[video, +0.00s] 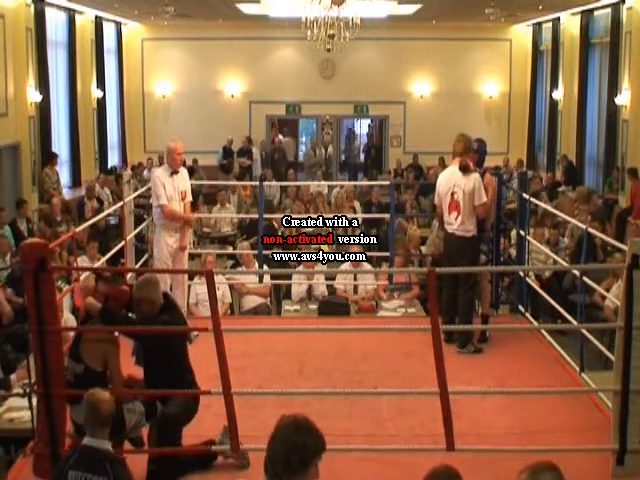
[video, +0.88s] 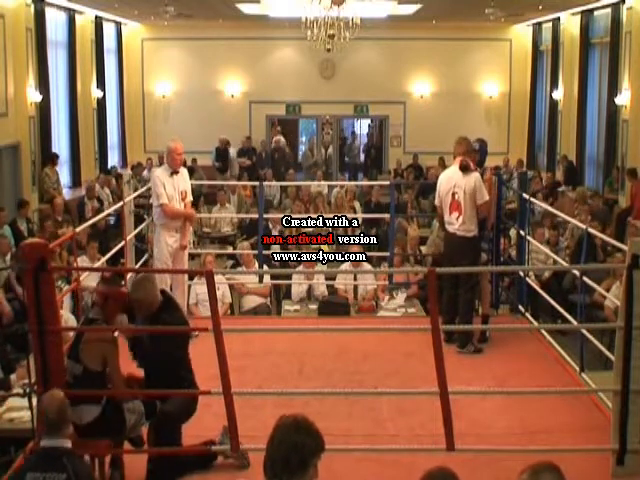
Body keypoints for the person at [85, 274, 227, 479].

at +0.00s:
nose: (141, 307)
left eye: (144, 302)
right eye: (138, 302)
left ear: (153, 301)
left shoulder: (168, 323)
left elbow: (134, 327)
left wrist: (99, 310)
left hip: (183, 394)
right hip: (158, 393)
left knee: (167, 416)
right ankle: (214, 448)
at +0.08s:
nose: (139, 307)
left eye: (142, 302)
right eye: (137, 302)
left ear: (151, 302)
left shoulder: (166, 323)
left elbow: (126, 325)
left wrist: (99, 310)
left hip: (183, 395)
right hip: (160, 395)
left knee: (167, 417)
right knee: (162, 466)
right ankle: (215, 447)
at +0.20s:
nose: (142, 307)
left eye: (145, 303)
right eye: (139, 302)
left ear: (154, 301)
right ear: (137, 300)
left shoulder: (169, 322)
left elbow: (133, 326)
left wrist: (99, 309)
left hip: (183, 393)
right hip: (157, 393)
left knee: (167, 416)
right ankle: (214, 448)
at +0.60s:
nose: (136, 309)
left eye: (140, 304)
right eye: (135, 304)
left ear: (152, 303)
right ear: (133, 301)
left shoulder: (167, 321)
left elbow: (131, 326)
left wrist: (101, 310)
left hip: (183, 393)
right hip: (159, 394)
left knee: (167, 416)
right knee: (164, 467)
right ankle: (216, 447)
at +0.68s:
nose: (137, 309)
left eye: (141, 304)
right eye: (135, 303)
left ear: (152, 302)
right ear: (134, 300)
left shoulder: (168, 322)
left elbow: (133, 329)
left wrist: (101, 311)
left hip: (183, 393)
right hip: (159, 394)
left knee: (167, 415)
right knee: (164, 467)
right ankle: (215, 447)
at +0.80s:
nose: (138, 308)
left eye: (142, 303)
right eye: (135, 303)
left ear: (153, 300)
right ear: (132, 299)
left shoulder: (168, 322)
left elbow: (137, 343)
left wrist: (114, 320)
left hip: (183, 392)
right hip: (159, 392)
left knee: (166, 415)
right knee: (162, 466)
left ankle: (216, 450)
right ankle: (215, 448)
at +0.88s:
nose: (138, 308)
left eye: (142, 304)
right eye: (136, 303)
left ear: (153, 300)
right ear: (133, 298)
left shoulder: (173, 323)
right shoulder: (139, 311)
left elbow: (149, 360)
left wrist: (132, 335)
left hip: (181, 392)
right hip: (157, 390)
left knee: (165, 415)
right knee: (162, 466)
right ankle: (215, 447)